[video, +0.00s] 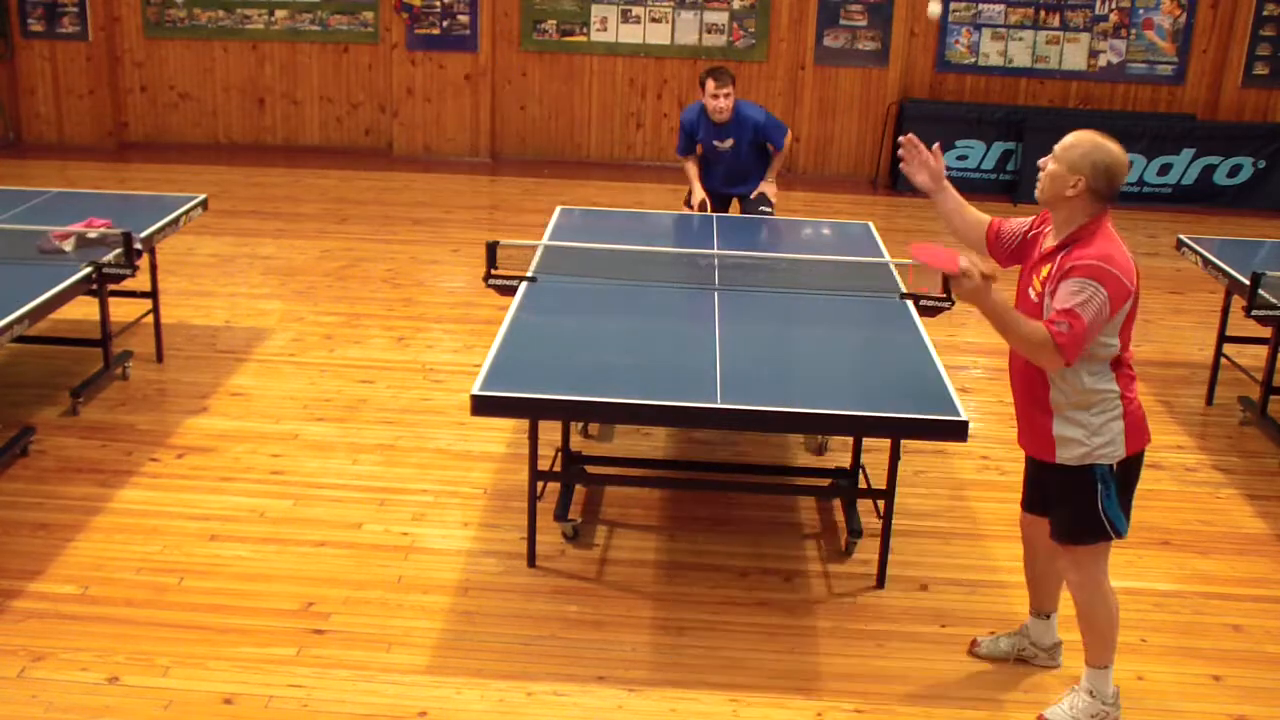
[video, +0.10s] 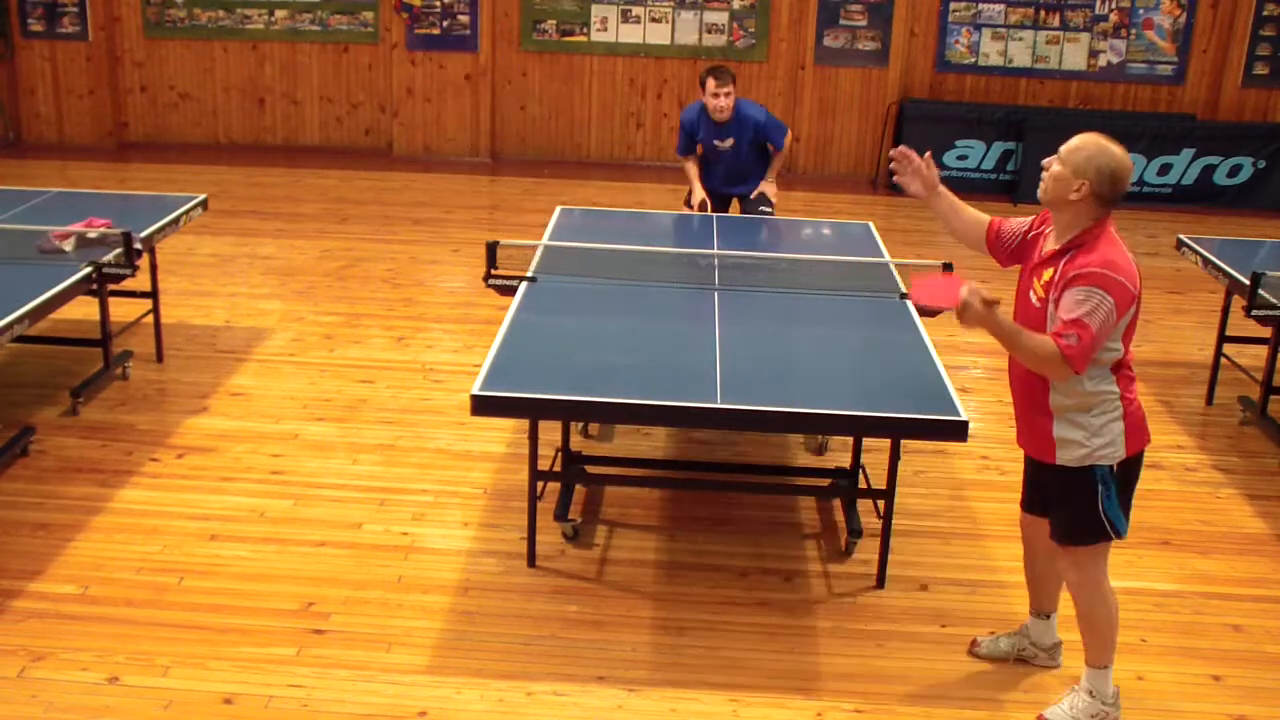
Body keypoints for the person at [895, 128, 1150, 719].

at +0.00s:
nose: (1040, 163)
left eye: (1052, 159)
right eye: (1047, 155)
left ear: (1076, 186)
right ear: (1074, 187)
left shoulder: (1100, 265)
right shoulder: (1046, 229)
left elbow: (1054, 349)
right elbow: (988, 240)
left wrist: (986, 299)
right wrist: (938, 187)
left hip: (1095, 441)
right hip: (1049, 430)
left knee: (1084, 562)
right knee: (1038, 528)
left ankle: (1101, 692)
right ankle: (1041, 634)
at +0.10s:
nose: (1044, 163)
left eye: (1056, 161)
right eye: (1052, 156)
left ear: (1080, 191)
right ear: (1075, 191)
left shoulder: (1103, 270)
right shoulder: (1046, 230)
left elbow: (1063, 358)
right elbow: (987, 235)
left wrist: (990, 322)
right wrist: (933, 191)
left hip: (1093, 442)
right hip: (1047, 430)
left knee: (1083, 563)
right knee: (1038, 529)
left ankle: (1100, 692)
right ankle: (1041, 635)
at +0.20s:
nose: (1050, 165)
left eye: (1062, 165)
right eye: (1058, 160)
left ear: (1084, 199)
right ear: (1077, 195)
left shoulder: (1110, 281)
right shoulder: (1047, 230)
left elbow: (1079, 378)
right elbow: (986, 238)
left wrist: (1004, 362)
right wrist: (919, 204)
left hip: (1091, 445)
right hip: (1045, 429)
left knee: (1081, 566)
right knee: (1036, 531)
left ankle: (1099, 692)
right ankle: (1039, 634)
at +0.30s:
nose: (1053, 171)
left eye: (1064, 170)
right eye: (1061, 165)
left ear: (1085, 205)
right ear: (1082, 202)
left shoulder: (1118, 287)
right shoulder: (1044, 233)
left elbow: (1101, 386)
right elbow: (981, 246)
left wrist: (1018, 408)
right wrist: (906, 230)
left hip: (1094, 450)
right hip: (1044, 433)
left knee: (1082, 569)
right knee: (1036, 532)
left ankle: (1099, 692)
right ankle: (1040, 633)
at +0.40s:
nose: (1046, 176)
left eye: (1057, 178)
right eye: (1055, 172)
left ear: (1078, 214)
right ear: (1074, 210)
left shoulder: (1119, 290)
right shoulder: (1037, 241)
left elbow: (1126, 387)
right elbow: (978, 259)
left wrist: (1066, 442)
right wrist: (903, 261)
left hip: (1093, 457)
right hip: (1037, 441)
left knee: (1080, 573)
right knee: (1033, 534)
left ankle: (1099, 692)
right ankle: (1040, 632)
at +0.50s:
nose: (1015, 201)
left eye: (1025, 199)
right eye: (1022, 194)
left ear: (1050, 231)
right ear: (1051, 229)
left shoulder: (1111, 296)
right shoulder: (1027, 261)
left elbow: (1137, 380)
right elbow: (988, 282)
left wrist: (1131, 421)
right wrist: (927, 298)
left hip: (1088, 465)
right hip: (1038, 453)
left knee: (1075, 576)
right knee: (1016, 535)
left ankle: (1099, 692)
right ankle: (1035, 636)